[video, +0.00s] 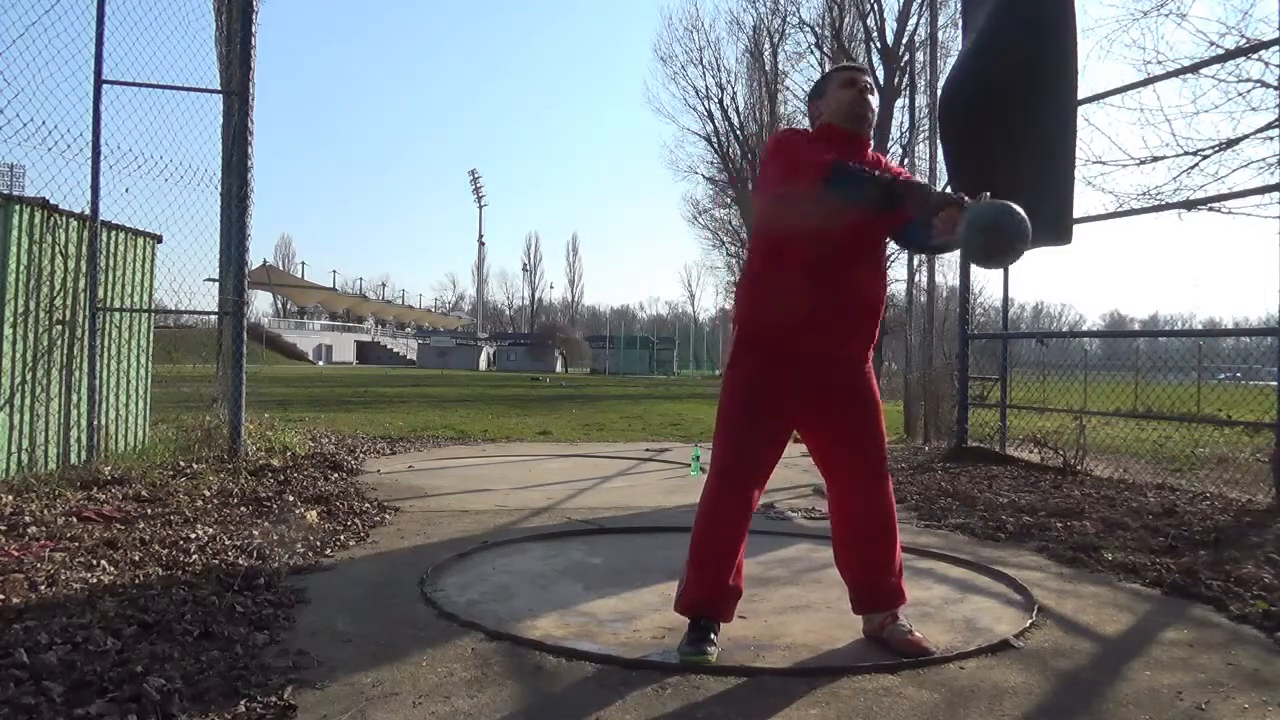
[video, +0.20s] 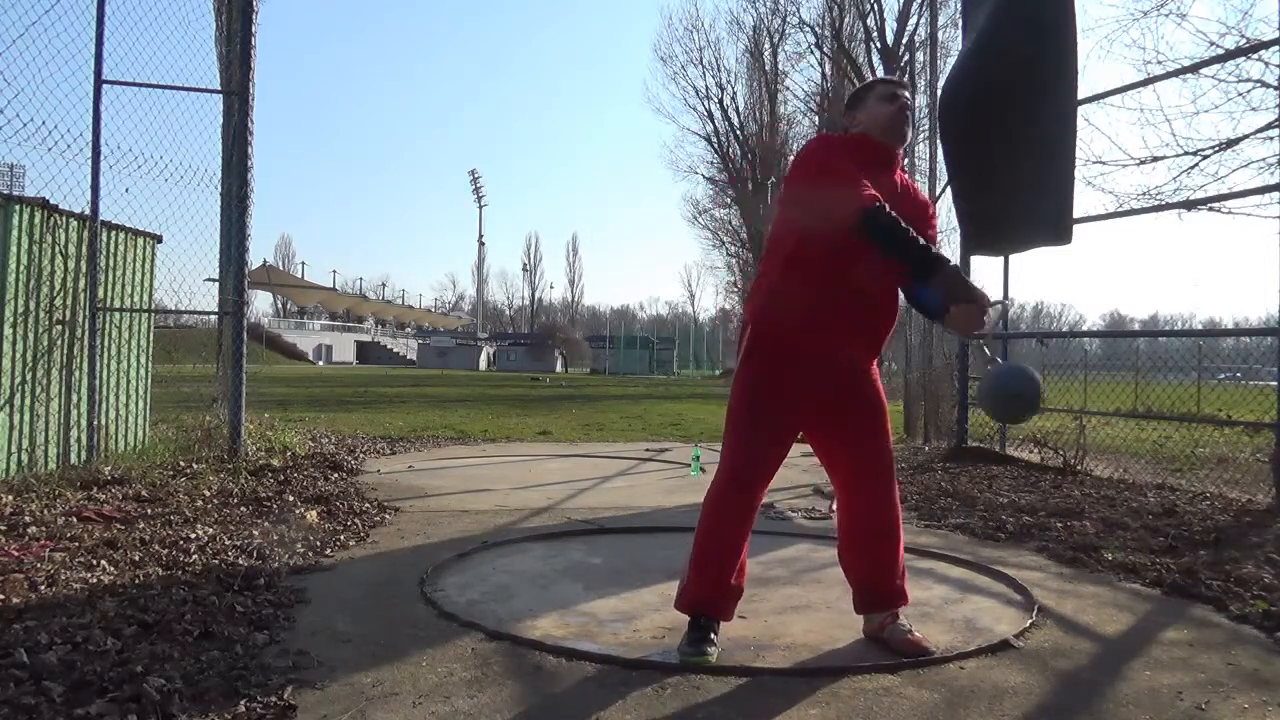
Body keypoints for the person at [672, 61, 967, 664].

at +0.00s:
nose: (865, 92)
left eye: (871, 88)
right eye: (850, 84)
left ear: (876, 110)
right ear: (817, 106)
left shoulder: (886, 172)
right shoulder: (789, 148)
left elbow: (916, 227)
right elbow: (838, 187)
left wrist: (955, 222)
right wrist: (919, 202)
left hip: (844, 357)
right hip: (766, 350)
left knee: (867, 483)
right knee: (733, 482)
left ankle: (882, 617)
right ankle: (703, 620)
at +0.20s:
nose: (904, 109)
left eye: (909, 105)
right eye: (889, 99)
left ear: (909, 128)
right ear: (851, 114)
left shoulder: (914, 202)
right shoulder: (821, 157)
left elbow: (917, 277)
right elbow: (872, 220)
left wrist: (953, 309)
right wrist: (946, 277)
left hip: (851, 361)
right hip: (778, 348)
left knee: (874, 483)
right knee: (741, 479)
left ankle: (882, 617)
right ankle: (703, 619)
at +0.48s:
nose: (953, 121)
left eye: (953, 113)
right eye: (938, 110)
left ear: (907, 128)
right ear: (895, 121)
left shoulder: (889, 179)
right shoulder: (887, 167)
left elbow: (868, 289)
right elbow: (919, 267)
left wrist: (914, 354)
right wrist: (941, 354)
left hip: (853, 357)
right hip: (799, 346)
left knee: (878, 483)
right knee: (766, 483)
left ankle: (882, 616)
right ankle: (699, 608)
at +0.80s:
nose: (952, 113)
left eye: (952, 104)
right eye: (938, 104)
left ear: (900, 121)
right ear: (897, 114)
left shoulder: (872, 163)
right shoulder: (922, 163)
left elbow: (873, 244)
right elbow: (964, 230)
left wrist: (928, 262)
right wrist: (946, 259)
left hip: (854, 352)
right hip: (819, 344)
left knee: (876, 483)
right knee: (789, 491)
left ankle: (882, 617)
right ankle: (700, 599)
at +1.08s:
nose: (896, 111)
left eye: (900, 101)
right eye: (880, 101)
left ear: (902, 111)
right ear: (842, 112)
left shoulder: (856, 181)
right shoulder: (847, 164)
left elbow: (874, 275)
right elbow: (928, 210)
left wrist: (954, 264)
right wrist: (969, 235)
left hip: (835, 363)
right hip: (778, 355)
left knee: (870, 479)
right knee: (767, 493)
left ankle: (881, 616)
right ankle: (710, 610)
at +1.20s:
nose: (844, 120)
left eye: (854, 111)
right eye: (829, 110)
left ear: (865, 125)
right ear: (803, 124)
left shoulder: (855, 203)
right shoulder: (793, 179)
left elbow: (871, 295)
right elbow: (889, 235)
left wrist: (953, 294)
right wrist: (967, 271)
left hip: (824, 371)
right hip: (753, 368)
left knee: (871, 476)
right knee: (740, 489)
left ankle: (881, 614)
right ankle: (720, 612)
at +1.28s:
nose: (807, 131)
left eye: (818, 121)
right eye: (794, 122)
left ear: (837, 133)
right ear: (775, 133)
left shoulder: (850, 209)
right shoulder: (754, 199)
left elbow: (864, 291)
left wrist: (933, 323)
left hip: (817, 379)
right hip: (739, 379)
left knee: (866, 480)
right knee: (720, 489)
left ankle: (879, 616)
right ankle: (727, 615)